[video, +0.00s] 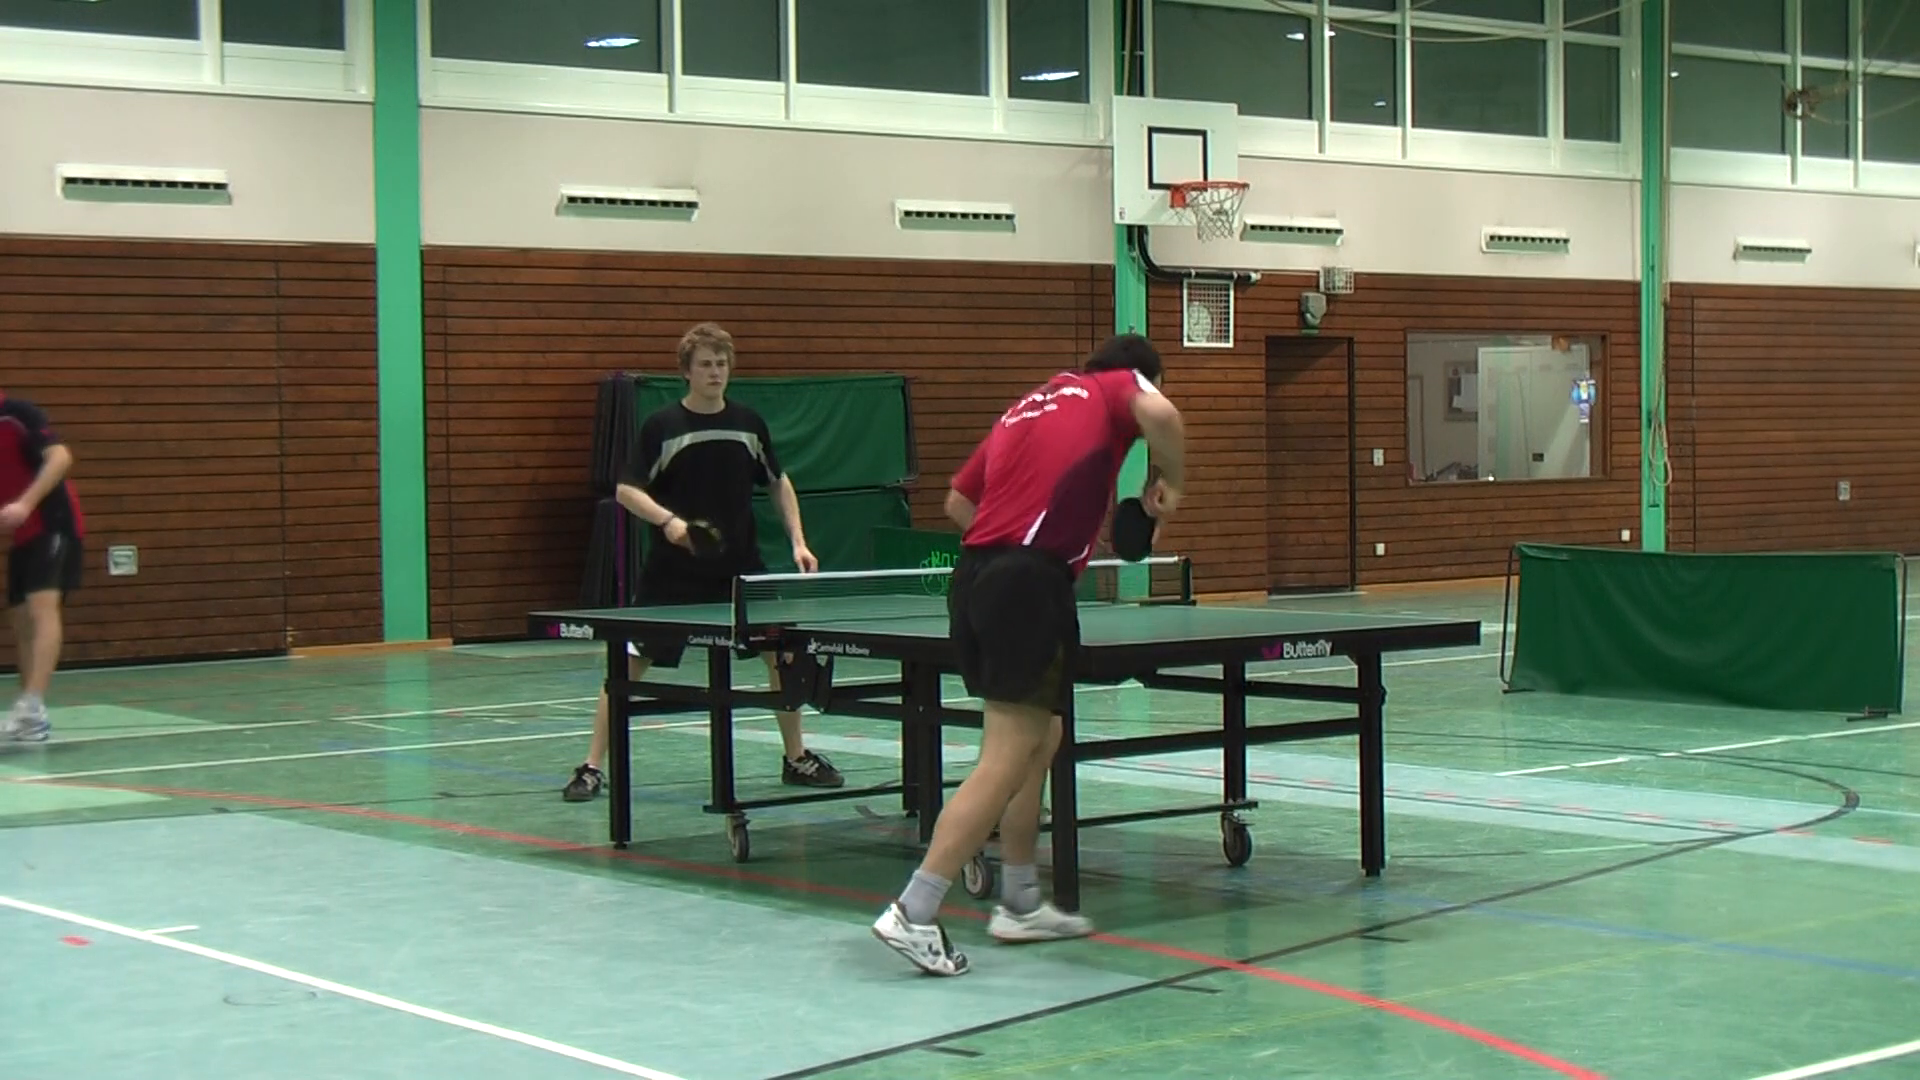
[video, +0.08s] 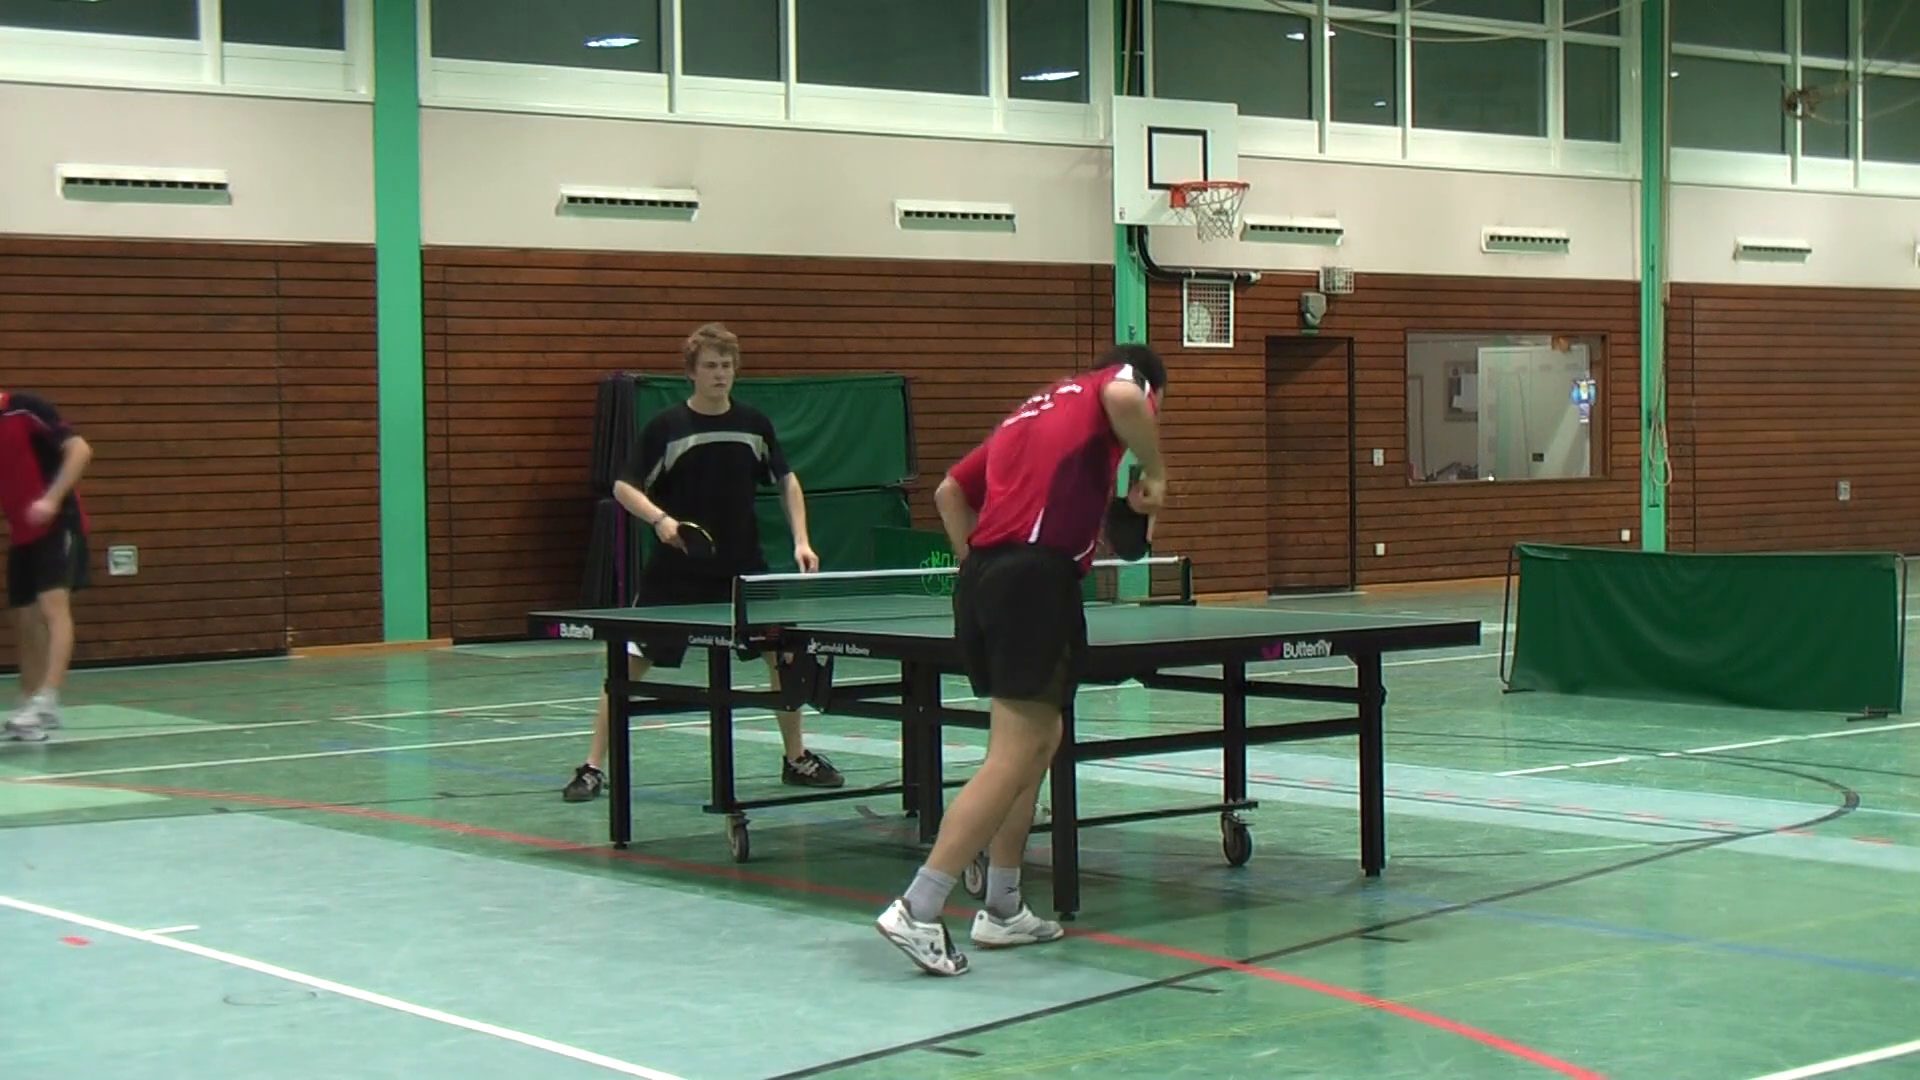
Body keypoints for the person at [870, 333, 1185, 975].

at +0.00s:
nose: (1150, 398)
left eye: (1149, 387)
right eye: (1150, 387)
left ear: (1095, 362)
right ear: (1135, 374)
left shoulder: (1029, 404)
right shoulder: (1115, 384)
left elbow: (958, 500)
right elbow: (1161, 410)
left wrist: (1028, 540)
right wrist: (1169, 482)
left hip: (976, 575)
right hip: (1026, 578)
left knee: (1040, 736)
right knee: (1006, 758)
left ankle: (1021, 904)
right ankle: (912, 913)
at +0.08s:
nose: (1153, 407)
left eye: (1156, 400)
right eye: (1156, 398)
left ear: (1097, 365)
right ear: (1141, 382)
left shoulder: (1027, 416)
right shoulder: (1118, 380)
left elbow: (952, 491)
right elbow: (1123, 399)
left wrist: (978, 562)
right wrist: (1153, 473)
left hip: (987, 577)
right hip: (1034, 576)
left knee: (1038, 742)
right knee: (1014, 755)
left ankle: (1002, 910)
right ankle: (916, 912)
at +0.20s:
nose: (1162, 420)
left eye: (1163, 411)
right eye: (1161, 409)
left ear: (1102, 383)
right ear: (1147, 393)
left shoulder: (1038, 418)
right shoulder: (1138, 405)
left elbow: (973, 531)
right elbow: (1153, 484)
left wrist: (955, 626)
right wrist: (1164, 544)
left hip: (986, 585)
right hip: (1042, 584)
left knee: (1029, 751)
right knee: (1010, 760)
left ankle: (998, 911)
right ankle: (911, 912)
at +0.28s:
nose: (1165, 413)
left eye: (1163, 403)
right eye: (1164, 403)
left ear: (1105, 385)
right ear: (1154, 394)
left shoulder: (1041, 420)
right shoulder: (1152, 410)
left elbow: (981, 532)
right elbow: (1205, 505)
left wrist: (966, 632)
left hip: (993, 585)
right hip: (1052, 589)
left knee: (1028, 756)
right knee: (1038, 768)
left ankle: (997, 911)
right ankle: (919, 902)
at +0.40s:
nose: (1175, 394)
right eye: (1172, 383)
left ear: (1110, 375)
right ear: (1165, 379)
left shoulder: (1056, 417)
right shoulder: (1169, 402)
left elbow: (997, 525)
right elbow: (1226, 497)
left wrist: (982, 617)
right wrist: (1236, 442)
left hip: (1028, 593)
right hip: (1099, 593)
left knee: (1038, 754)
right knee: (1133, 765)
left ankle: (995, 911)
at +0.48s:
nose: (1195, 393)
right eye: (1194, 382)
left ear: (1131, 375)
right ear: (1187, 380)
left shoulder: (1077, 418)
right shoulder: (1190, 408)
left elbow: (1015, 520)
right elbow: (1231, 504)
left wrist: (1003, 616)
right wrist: (1259, 470)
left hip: (1055, 599)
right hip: (1130, 599)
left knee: (1050, 758)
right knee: (1206, 749)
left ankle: (996, 910)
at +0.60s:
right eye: (1237, 387)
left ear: (1173, 381)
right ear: (1235, 388)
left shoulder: (1121, 432)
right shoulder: (1244, 430)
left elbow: (1057, 519)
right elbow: (1269, 525)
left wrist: (1045, 616)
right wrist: (1242, 518)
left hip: (1110, 621)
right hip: (1189, 621)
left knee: (1071, 768)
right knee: (1298, 752)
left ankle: (998, 911)